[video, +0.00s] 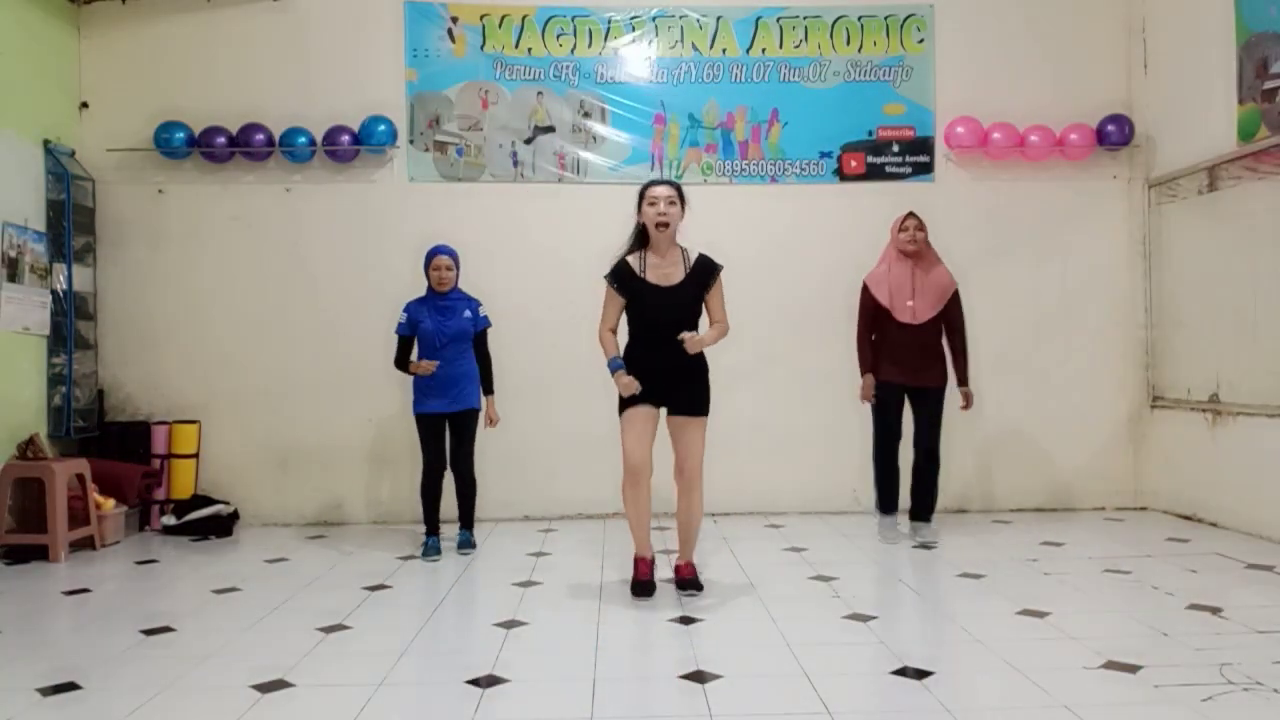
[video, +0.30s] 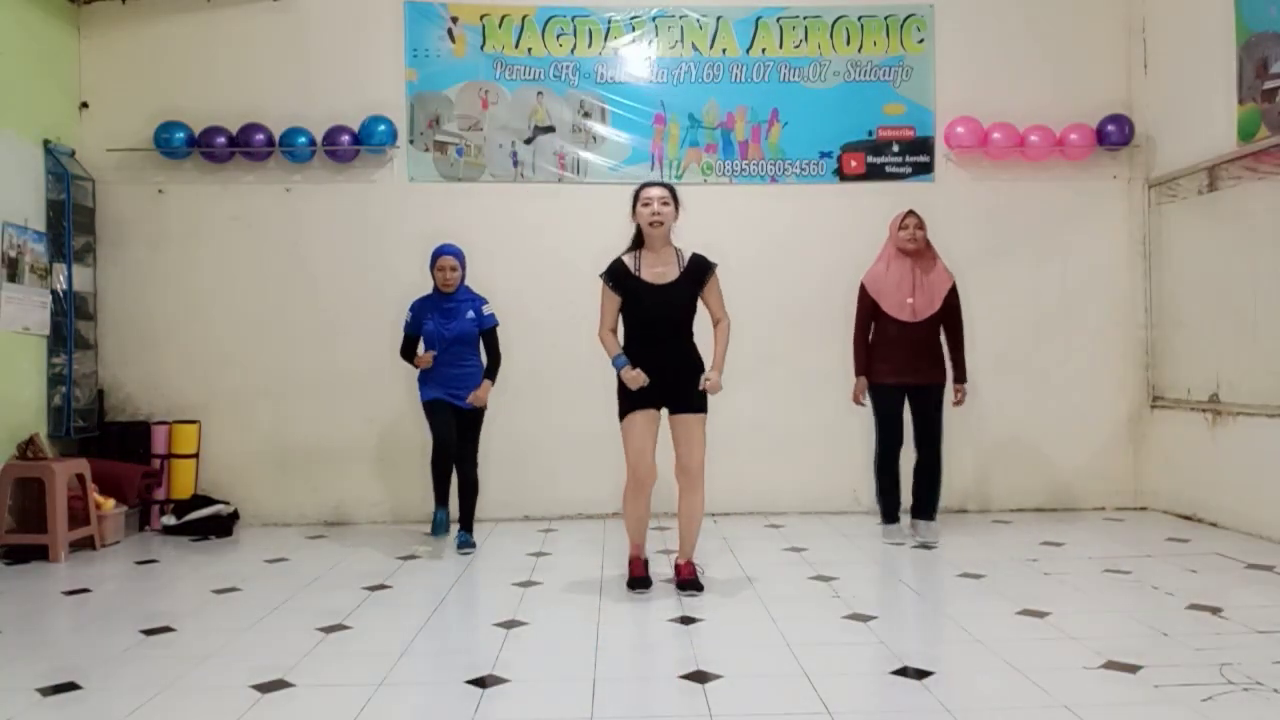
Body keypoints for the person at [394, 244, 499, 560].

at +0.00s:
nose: (442, 274)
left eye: (448, 269)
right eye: (436, 269)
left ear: (457, 272)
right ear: (427, 273)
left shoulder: (471, 306)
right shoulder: (415, 309)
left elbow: (482, 354)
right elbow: (401, 359)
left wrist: (489, 399)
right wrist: (414, 366)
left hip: (465, 398)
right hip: (428, 400)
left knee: (462, 465)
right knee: (434, 466)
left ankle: (466, 531)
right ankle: (431, 535)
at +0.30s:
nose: (447, 275)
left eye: (453, 269)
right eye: (441, 269)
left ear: (462, 272)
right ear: (432, 273)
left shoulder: (476, 304)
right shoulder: (421, 307)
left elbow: (494, 354)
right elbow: (407, 349)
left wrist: (485, 386)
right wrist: (417, 361)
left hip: (470, 392)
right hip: (436, 390)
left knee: (466, 459)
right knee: (444, 446)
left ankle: (466, 529)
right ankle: (441, 508)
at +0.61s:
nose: (457, 279)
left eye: (462, 273)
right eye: (451, 273)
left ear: (470, 274)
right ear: (440, 274)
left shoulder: (482, 305)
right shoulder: (425, 307)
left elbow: (501, 341)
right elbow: (412, 357)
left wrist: (500, 366)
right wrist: (436, 352)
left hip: (472, 392)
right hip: (438, 396)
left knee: (472, 452)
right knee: (442, 463)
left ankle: (476, 507)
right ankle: (439, 532)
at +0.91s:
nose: (463, 280)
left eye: (469, 275)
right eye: (457, 275)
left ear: (477, 277)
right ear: (448, 277)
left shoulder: (490, 305)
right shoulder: (436, 307)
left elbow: (501, 349)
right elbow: (425, 355)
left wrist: (477, 315)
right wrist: (445, 321)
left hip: (485, 392)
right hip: (450, 391)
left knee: (484, 459)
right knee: (454, 450)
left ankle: (485, 527)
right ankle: (444, 517)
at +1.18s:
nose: (465, 275)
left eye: (471, 271)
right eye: (459, 271)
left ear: (480, 275)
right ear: (450, 275)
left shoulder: (492, 303)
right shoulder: (439, 303)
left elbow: (488, 336)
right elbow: (439, 337)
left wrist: (472, 298)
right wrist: (455, 298)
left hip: (483, 393)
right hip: (448, 394)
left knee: (484, 459)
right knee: (455, 461)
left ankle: (486, 526)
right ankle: (459, 528)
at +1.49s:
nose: (466, 274)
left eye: (472, 269)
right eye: (459, 270)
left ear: (481, 274)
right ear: (451, 275)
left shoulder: (493, 303)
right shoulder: (442, 307)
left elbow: (499, 332)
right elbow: (429, 351)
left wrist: (478, 299)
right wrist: (450, 315)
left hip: (487, 398)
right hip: (453, 399)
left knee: (483, 462)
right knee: (456, 463)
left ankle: (484, 525)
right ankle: (458, 527)